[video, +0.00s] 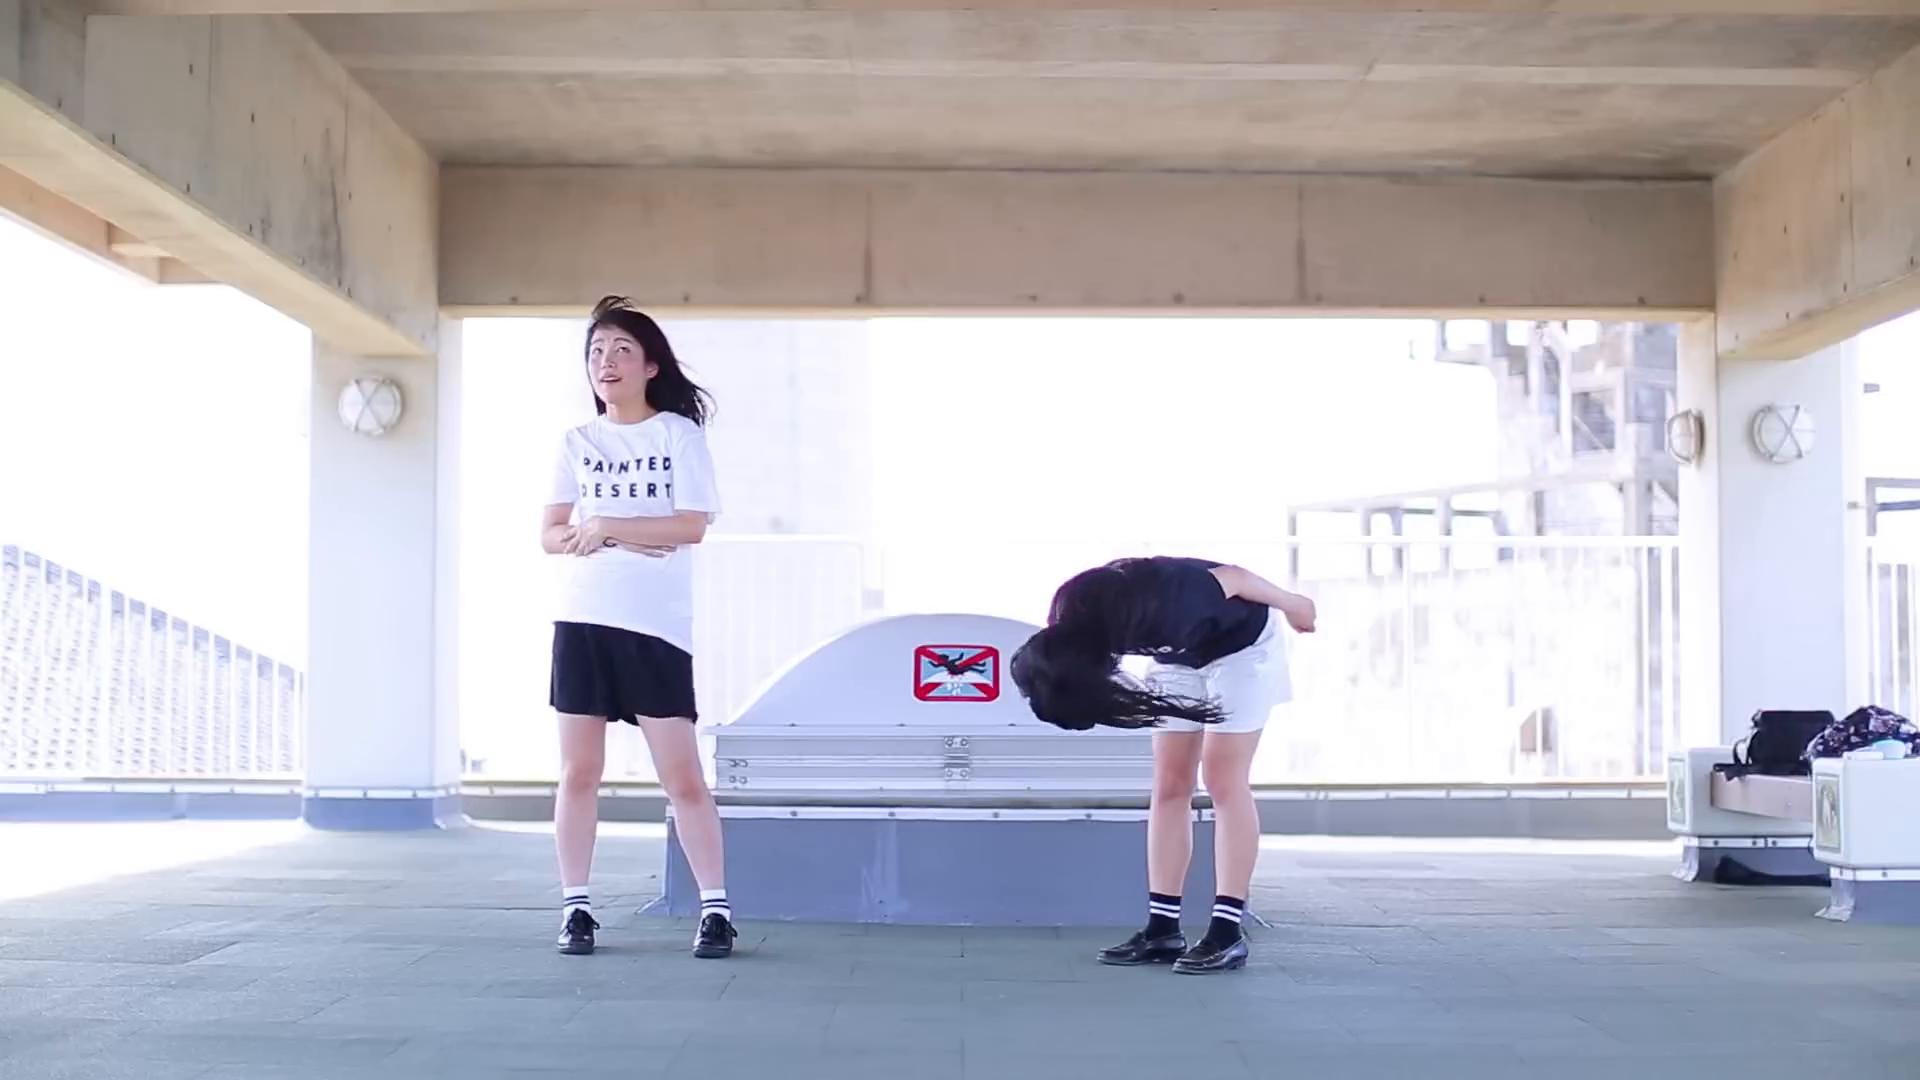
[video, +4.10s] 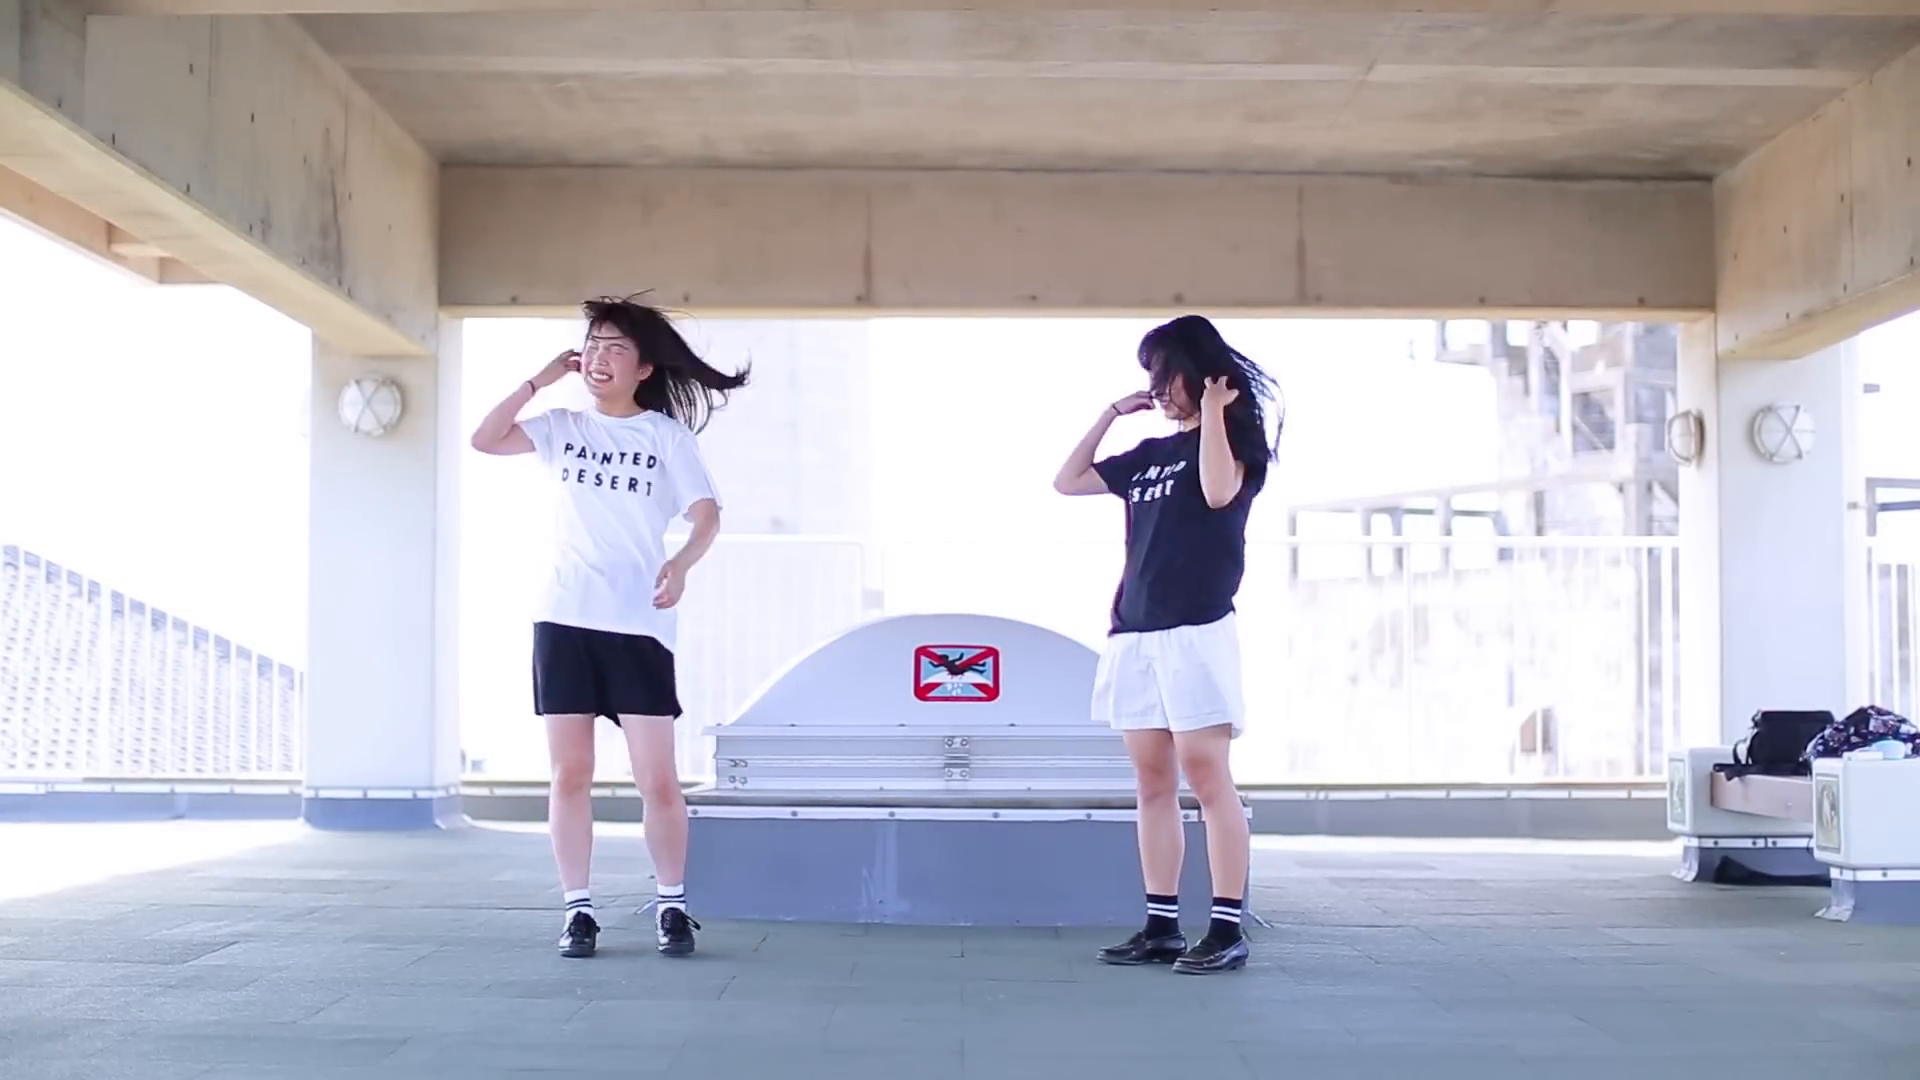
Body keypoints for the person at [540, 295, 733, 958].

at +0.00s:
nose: (606, 361)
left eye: (621, 349)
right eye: (597, 350)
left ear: (652, 363)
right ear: (587, 364)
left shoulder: (680, 433)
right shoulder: (577, 440)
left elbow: (693, 527)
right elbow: (551, 536)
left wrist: (604, 526)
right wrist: (607, 535)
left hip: (657, 625)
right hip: (582, 625)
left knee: (684, 781)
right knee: (578, 774)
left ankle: (714, 910)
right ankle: (575, 909)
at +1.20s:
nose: (700, 369)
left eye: (710, 360)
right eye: (688, 354)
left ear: (717, 372)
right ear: (654, 358)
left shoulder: (727, 440)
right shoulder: (619, 433)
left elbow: (746, 531)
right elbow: (592, 530)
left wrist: (672, 527)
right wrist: (685, 529)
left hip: (718, 629)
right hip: (643, 626)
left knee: (719, 778)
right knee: (613, 775)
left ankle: (720, 910)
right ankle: (582, 906)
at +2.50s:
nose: (795, 396)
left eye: (804, 386)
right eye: (787, 380)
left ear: (806, 392)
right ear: (752, 374)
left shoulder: (784, 466)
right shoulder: (686, 423)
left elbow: (777, 562)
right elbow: (631, 506)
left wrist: (708, 552)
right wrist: (702, 558)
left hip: (724, 633)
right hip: (653, 624)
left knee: (720, 779)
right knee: (666, 776)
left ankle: (720, 910)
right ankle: (682, 910)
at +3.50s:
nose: (726, 363)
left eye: (735, 353)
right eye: (712, 351)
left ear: (746, 361)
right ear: (682, 355)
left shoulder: (753, 441)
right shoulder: (646, 424)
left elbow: (763, 538)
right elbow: (601, 512)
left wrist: (704, 573)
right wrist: (676, 510)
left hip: (712, 630)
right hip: (636, 621)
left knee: (716, 778)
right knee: (609, 774)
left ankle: (719, 911)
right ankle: (583, 908)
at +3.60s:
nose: (699, 359)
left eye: (710, 349)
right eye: (686, 348)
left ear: (723, 357)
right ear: (658, 355)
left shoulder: (738, 438)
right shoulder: (630, 422)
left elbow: (749, 538)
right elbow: (580, 500)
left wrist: (713, 601)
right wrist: (640, 453)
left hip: (700, 626)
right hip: (624, 619)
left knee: (709, 779)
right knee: (602, 775)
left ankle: (718, 912)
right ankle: (582, 910)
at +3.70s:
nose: (671, 358)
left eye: (682, 347)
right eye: (656, 348)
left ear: (700, 356)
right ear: (632, 358)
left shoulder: (724, 438)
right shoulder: (616, 422)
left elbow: (742, 533)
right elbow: (561, 471)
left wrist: (728, 617)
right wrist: (610, 395)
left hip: (688, 630)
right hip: (609, 621)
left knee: (701, 780)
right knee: (594, 774)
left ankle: (718, 910)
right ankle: (581, 909)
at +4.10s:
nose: (598, 361)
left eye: (615, 350)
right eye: (592, 350)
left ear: (644, 364)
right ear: (583, 360)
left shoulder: (667, 434)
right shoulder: (563, 425)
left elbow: (707, 516)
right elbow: (486, 440)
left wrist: (681, 564)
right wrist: (538, 381)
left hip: (640, 622)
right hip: (565, 619)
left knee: (657, 780)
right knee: (570, 774)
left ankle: (672, 905)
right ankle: (579, 909)